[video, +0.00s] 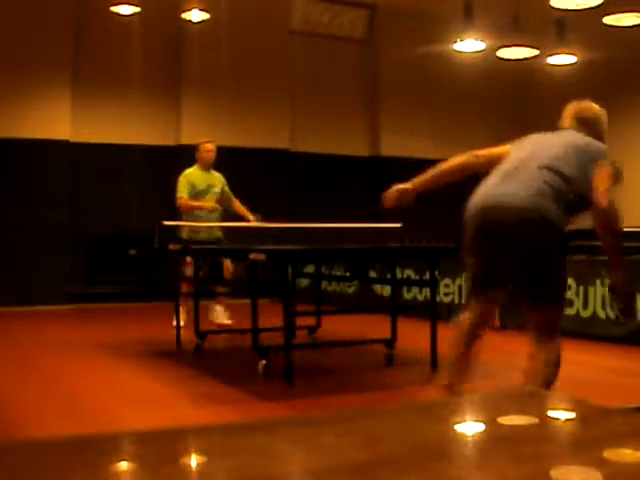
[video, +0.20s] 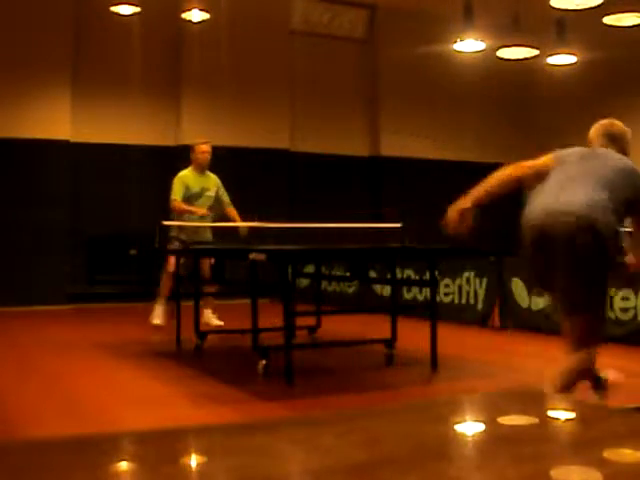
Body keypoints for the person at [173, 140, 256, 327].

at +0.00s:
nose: (210, 155)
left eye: (212, 152)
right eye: (207, 152)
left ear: (215, 154)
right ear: (198, 154)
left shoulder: (218, 178)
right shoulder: (187, 176)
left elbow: (231, 200)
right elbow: (182, 203)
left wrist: (248, 216)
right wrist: (205, 205)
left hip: (214, 235)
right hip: (192, 235)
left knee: (220, 271)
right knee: (188, 275)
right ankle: (182, 309)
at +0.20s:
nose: (206, 156)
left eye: (208, 153)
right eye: (202, 153)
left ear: (211, 155)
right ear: (193, 155)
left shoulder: (213, 180)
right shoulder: (182, 177)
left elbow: (226, 204)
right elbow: (175, 204)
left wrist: (238, 221)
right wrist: (196, 210)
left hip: (204, 234)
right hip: (181, 233)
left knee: (206, 272)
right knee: (171, 268)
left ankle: (207, 310)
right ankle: (160, 305)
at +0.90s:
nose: (182, 164)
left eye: (184, 161)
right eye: (178, 160)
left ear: (186, 163)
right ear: (168, 162)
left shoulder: (185, 185)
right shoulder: (155, 184)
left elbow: (191, 217)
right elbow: (152, 216)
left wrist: (194, 243)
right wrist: (160, 241)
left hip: (178, 238)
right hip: (155, 237)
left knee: (196, 272)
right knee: (150, 275)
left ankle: (200, 314)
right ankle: (134, 318)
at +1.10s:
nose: (174, 163)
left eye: (177, 160)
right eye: (171, 159)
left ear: (178, 161)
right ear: (161, 159)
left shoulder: (177, 183)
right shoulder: (148, 180)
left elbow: (180, 216)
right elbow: (146, 207)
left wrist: (186, 242)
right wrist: (163, 220)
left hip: (170, 234)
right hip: (148, 233)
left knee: (186, 272)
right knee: (147, 275)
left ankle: (196, 314)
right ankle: (133, 318)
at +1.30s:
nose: (174, 159)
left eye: (176, 156)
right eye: (170, 155)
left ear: (179, 159)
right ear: (161, 157)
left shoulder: (181, 183)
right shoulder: (151, 177)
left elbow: (186, 215)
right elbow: (138, 190)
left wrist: (193, 242)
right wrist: (137, 177)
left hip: (175, 234)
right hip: (152, 232)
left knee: (189, 271)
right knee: (150, 275)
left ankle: (197, 314)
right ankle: (134, 318)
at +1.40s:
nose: (180, 160)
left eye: (182, 156)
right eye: (176, 156)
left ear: (185, 159)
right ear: (166, 157)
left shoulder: (187, 183)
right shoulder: (155, 179)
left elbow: (195, 215)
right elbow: (135, 192)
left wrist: (203, 242)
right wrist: (133, 182)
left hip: (181, 239)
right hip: (158, 239)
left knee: (197, 274)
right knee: (152, 277)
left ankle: (199, 314)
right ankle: (134, 318)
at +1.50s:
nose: (186, 158)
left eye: (189, 154)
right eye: (183, 154)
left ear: (192, 158)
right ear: (174, 156)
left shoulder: (196, 183)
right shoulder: (162, 178)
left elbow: (205, 212)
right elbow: (144, 196)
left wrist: (214, 239)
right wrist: (140, 196)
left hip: (186, 239)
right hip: (163, 239)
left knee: (200, 272)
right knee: (154, 275)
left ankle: (199, 314)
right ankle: (136, 316)